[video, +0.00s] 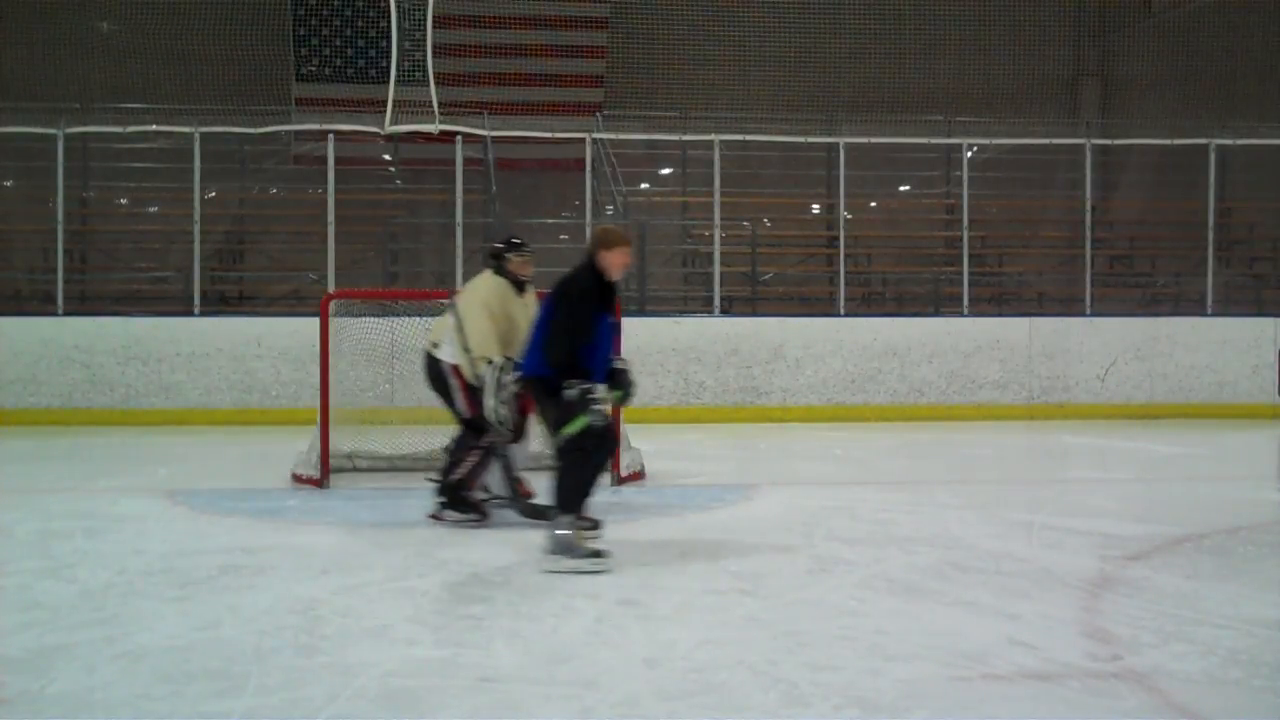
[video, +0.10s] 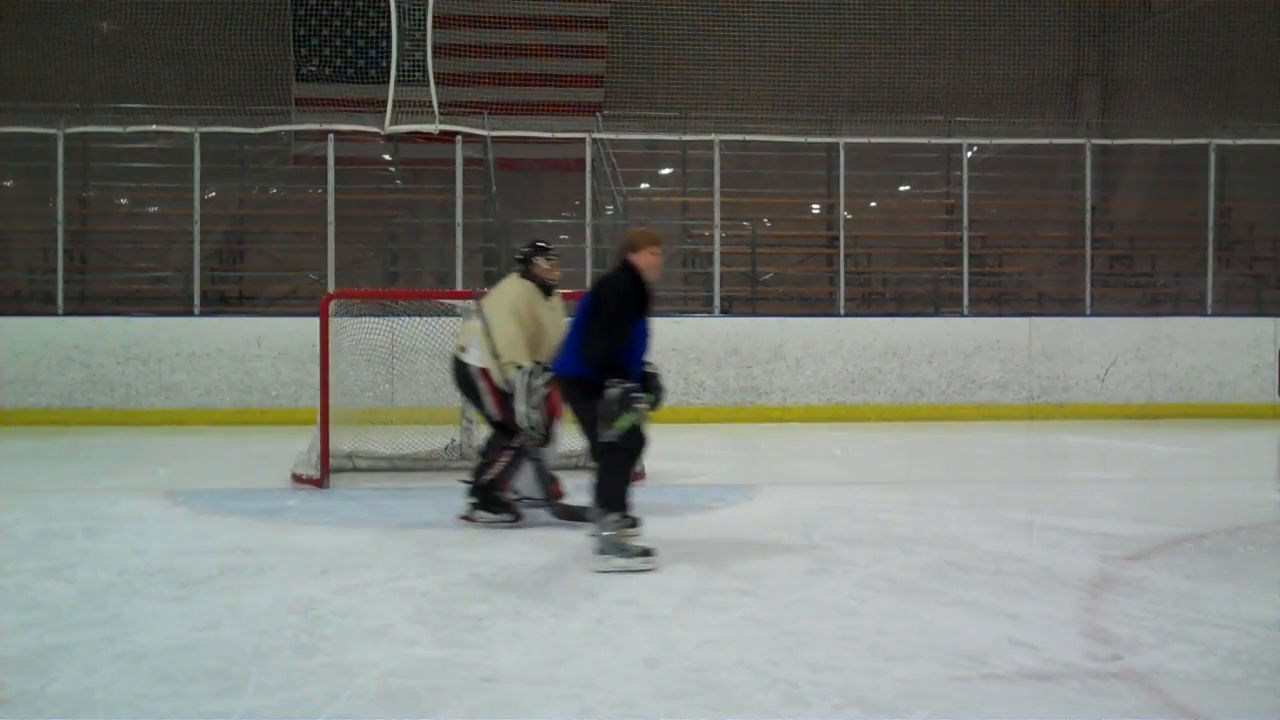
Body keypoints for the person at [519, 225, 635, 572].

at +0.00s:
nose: (625, 263)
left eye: (628, 256)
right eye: (620, 255)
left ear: (620, 258)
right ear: (601, 254)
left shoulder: (604, 289)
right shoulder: (579, 286)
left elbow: (602, 340)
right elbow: (563, 342)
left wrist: (614, 370)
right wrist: (577, 386)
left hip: (575, 379)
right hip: (548, 377)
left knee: (600, 439)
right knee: (579, 441)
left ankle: (570, 511)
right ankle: (564, 525)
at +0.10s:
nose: (657, 261)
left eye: (658, 254)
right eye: (651, 254)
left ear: (650, 258)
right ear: (631, 255)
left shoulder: (634, 289)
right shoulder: (617, 287)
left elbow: (626, 346)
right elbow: (603, 342)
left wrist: (643, 375)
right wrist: (617, 383)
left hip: (599, 375)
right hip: (581, 374)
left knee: (621, 440)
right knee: (620, 441)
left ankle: (609, 509)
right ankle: (611, 519)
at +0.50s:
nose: (782, 284)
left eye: (784, 278)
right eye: (775, 278)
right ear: (756, 278)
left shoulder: (758, 309)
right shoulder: (738, 308)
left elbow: (749, 366)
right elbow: (731, 371)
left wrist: (756, 410)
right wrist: (753, 420)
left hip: (711, 379)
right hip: (685, 379)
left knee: (749, 439)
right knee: (734, 444)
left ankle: (743, 508)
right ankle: (726, 520)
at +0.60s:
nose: (804, 285)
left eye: (805, 278)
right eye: (796, 279)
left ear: (805, 281)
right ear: (777, 280)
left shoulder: (781, 310)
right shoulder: (759, 310)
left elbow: (774, 364)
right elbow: (755, 379)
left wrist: (779, 380)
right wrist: (782, 425)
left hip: (737, 380)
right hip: (708, 381)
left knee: (776, 440)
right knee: (756, 448)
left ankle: (774, 508)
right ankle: (736, 524)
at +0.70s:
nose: (819, 285)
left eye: (822, 279)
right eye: (811, 279)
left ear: (824, 282)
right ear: (792, 281)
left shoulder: (802, 312)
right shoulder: (775, 310)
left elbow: (793, 368)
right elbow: (772, 380)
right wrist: (801, 425)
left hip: (761, 380)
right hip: (728, 380)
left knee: (799, 441)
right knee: (774, 450)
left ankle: (809, 508)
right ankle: (747, 525)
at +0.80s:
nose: (825, 281)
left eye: (829, 275)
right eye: (817, 275)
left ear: (833, 278)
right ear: (800, 278)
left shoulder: (821, 309)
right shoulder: (783, 309)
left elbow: (813, 348)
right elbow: (780, 377)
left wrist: (819, 371)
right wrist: (807, 424)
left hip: (784, 382)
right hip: (746, 382)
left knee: (816, 439)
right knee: (786, 452)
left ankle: (829, 511)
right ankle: (756, 524)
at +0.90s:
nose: (824, 273)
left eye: (829, 266)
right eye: (816, 268)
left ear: (835, 269)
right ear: (802, 272)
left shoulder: (839, 301)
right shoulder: (786, 304)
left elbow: (836, 340)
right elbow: (781, 367)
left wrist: (840, 363)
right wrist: (803, 417)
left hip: (802, 386)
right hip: (758, 385)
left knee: (837, 441)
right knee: (781, 448)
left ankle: (844, 509)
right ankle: (758, 524)